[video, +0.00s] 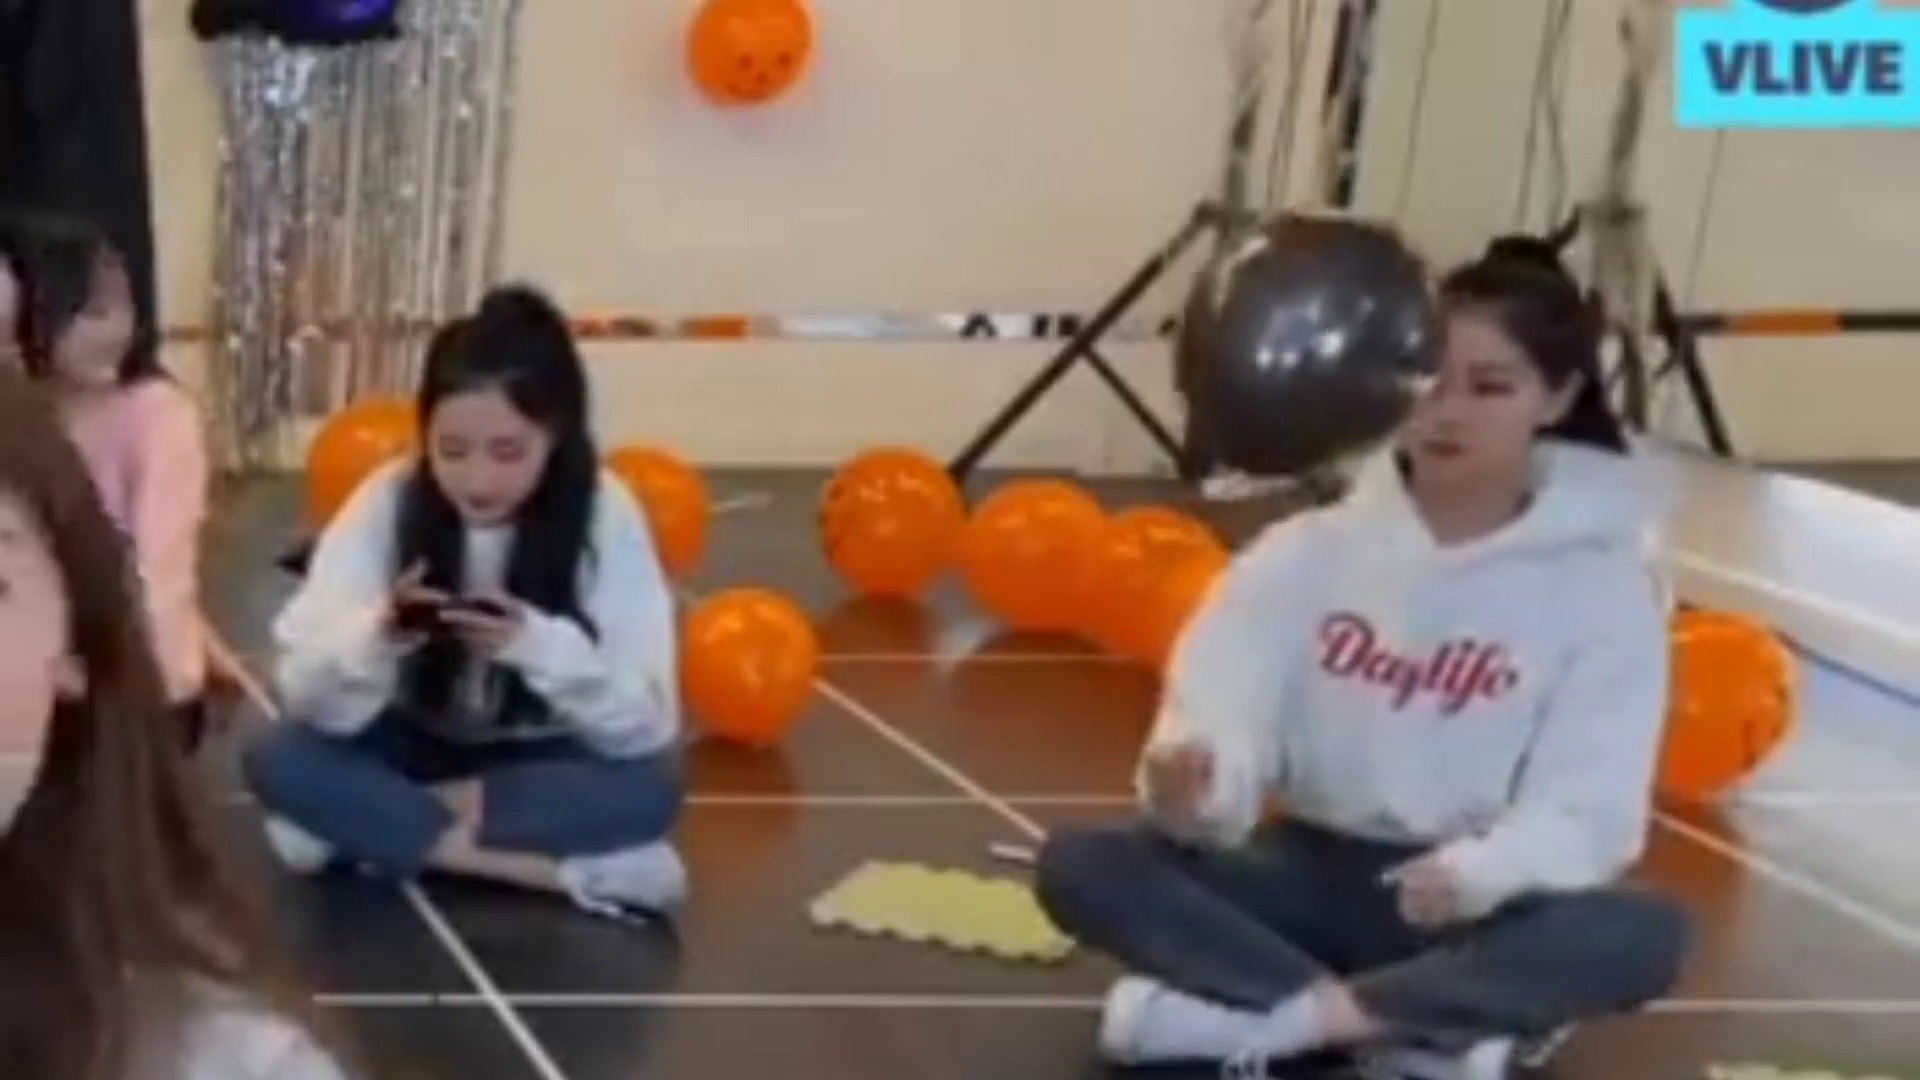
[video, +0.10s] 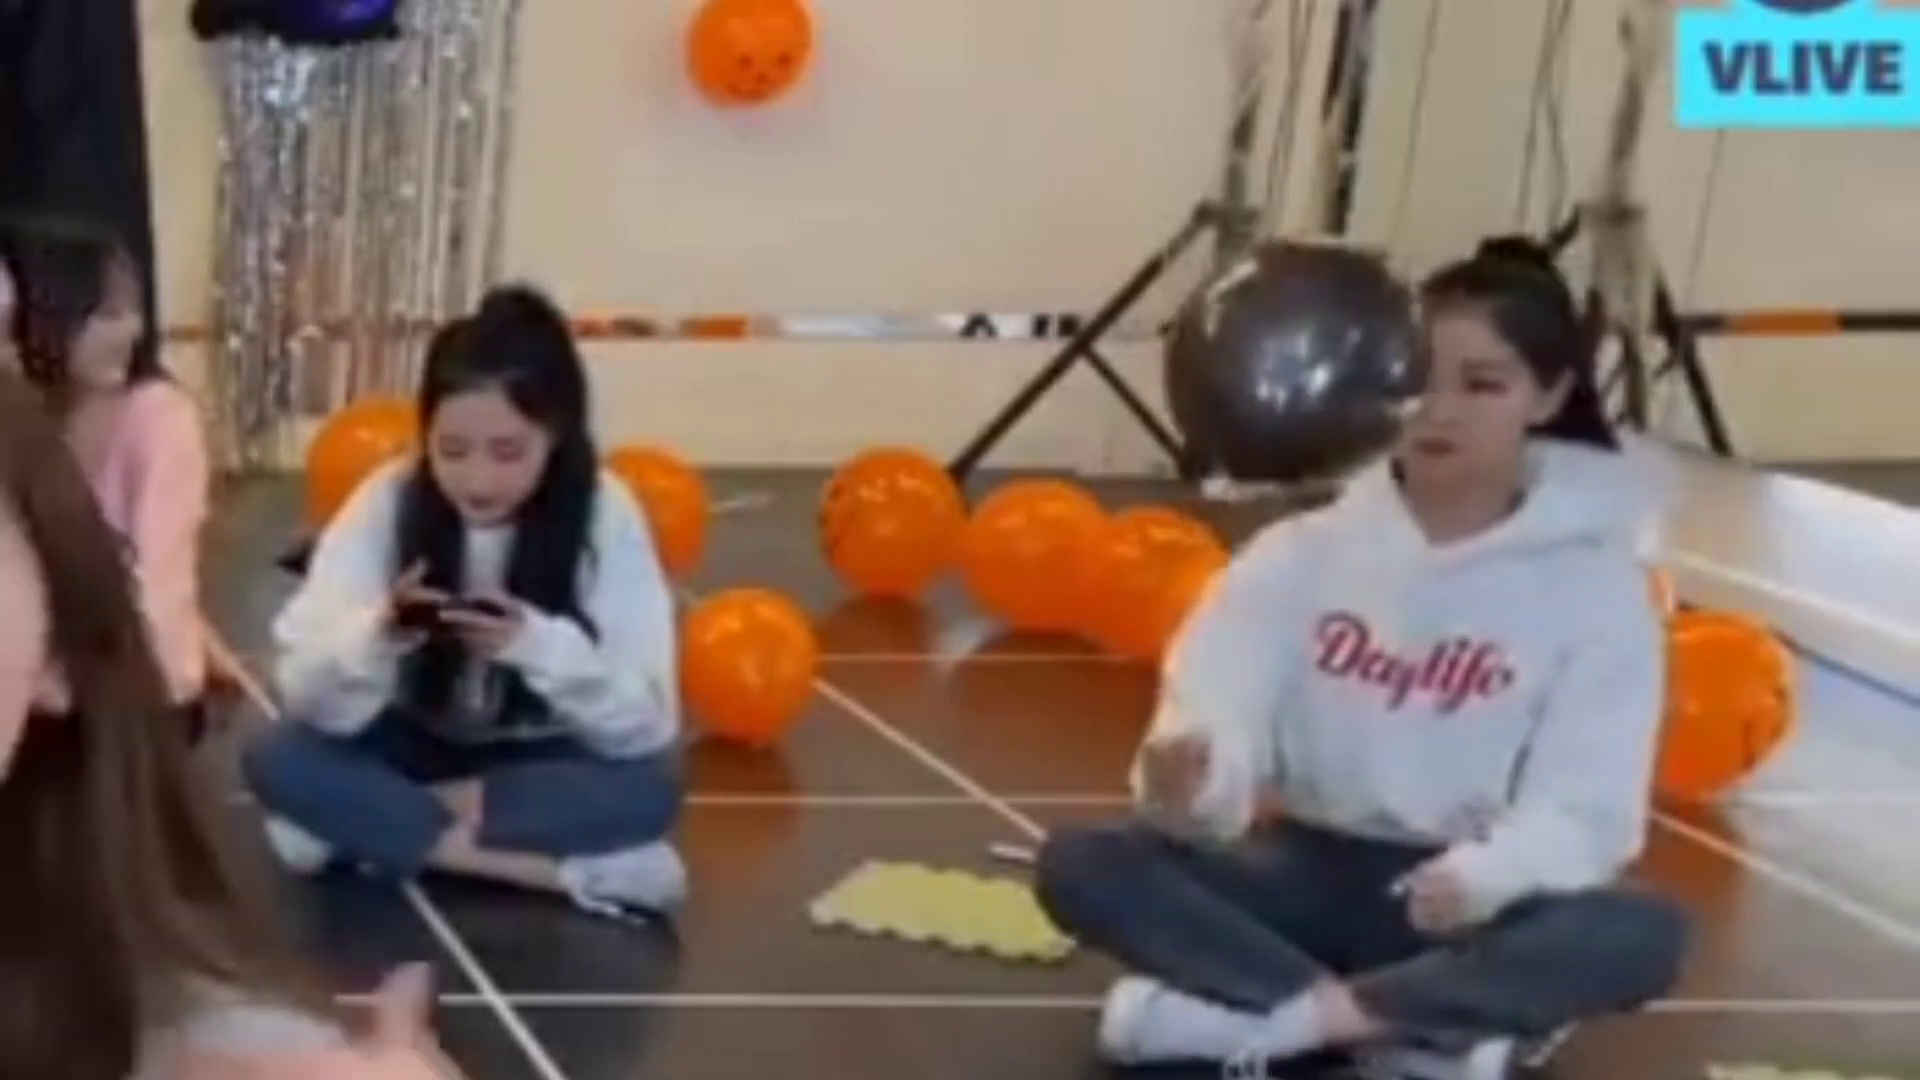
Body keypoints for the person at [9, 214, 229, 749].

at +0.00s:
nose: (117, 332)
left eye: (125, 310)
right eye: (92, 312)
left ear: (138, 315)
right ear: (42, 323)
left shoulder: (159, 411)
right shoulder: (28, 413)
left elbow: (165, 561)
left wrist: (180, 675)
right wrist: (183, 679)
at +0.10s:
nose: (131, 332)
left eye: (134, 313)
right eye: (107, 314)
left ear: (145, 317)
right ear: (55, 319)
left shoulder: (160, 412)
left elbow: (166, 571)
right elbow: (165, 571)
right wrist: (185, 687)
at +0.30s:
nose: (138, 330)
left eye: (141, 311)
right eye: (117, 313)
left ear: (152, 316)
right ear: (65, 320)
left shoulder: (164, 412)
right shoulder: (51, 415)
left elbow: (161, 574)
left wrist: (127, 711)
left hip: (155, 698)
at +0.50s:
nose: (143, 330)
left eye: (144, 311)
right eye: (124, 314)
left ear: (154, 315)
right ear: (75, 321)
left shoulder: (166, 413)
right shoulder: (66, 409)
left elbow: (157, 578)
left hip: (154, 696)